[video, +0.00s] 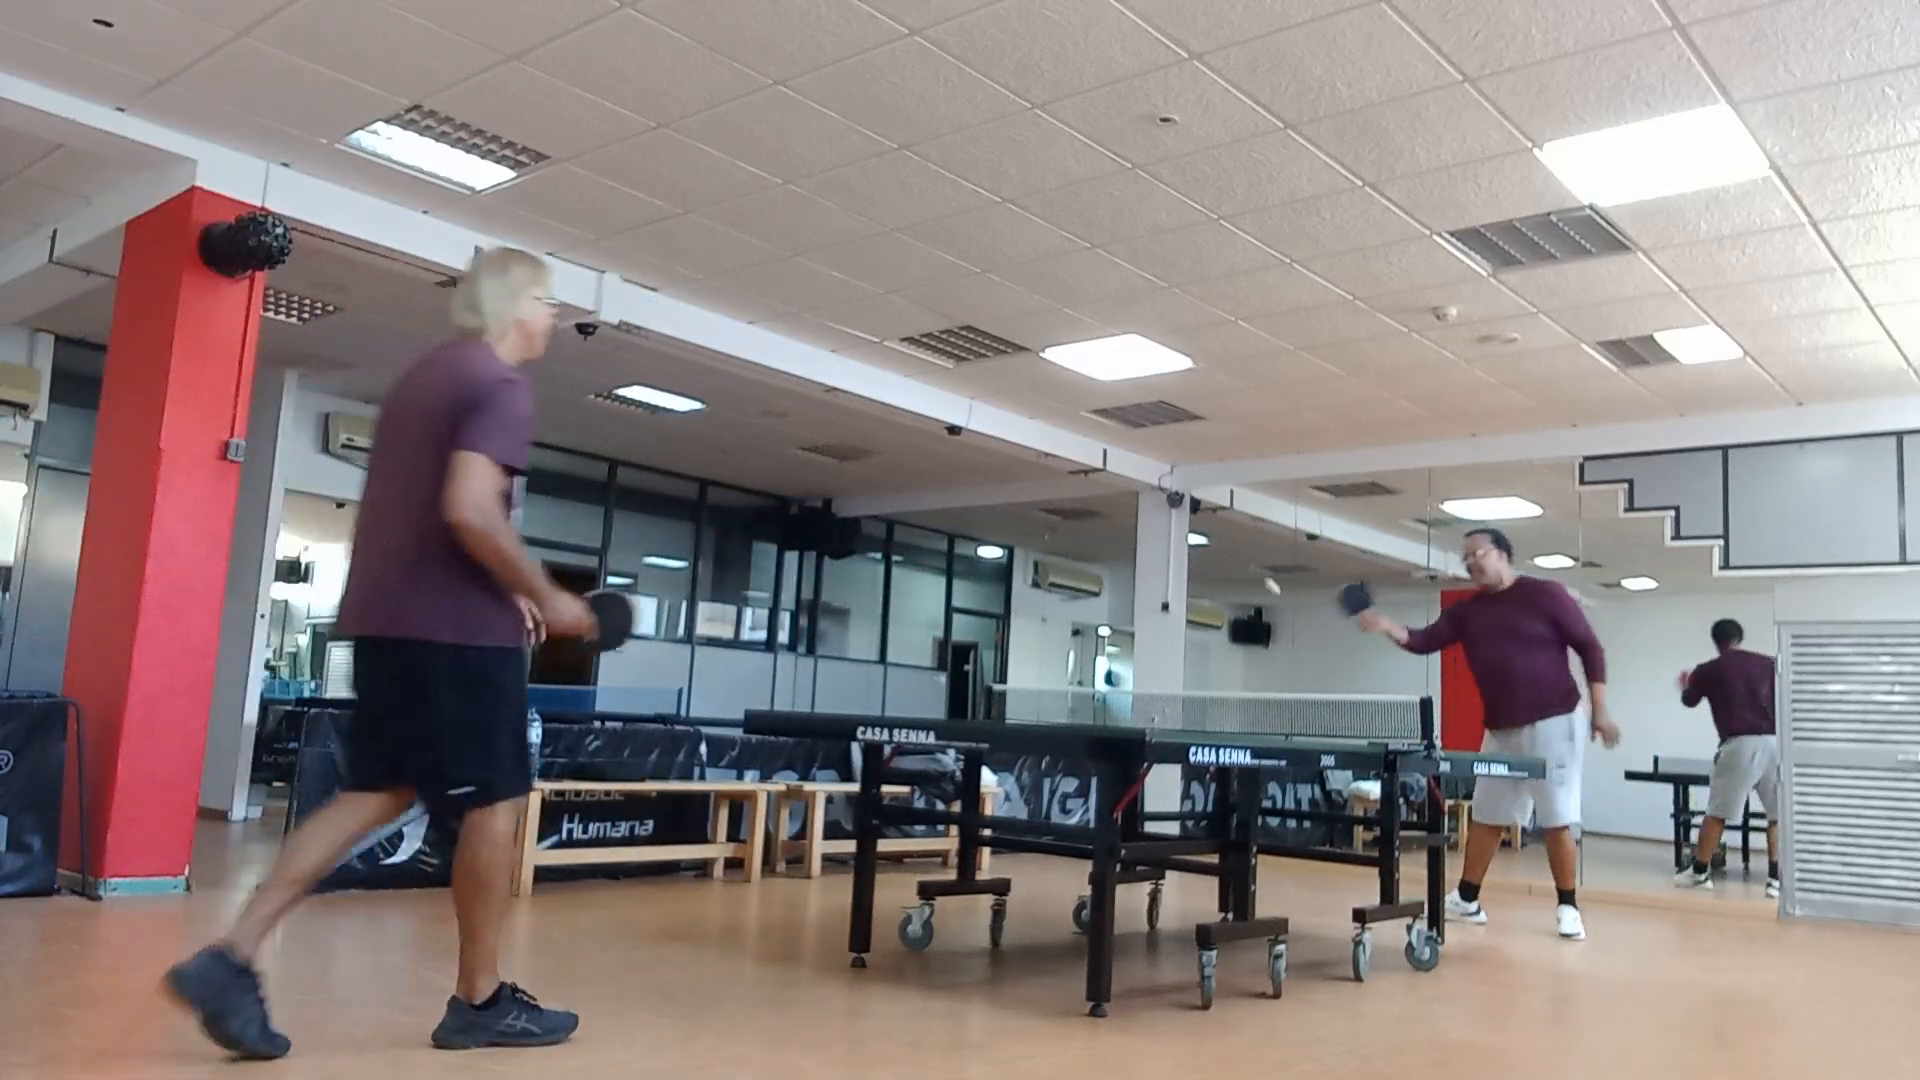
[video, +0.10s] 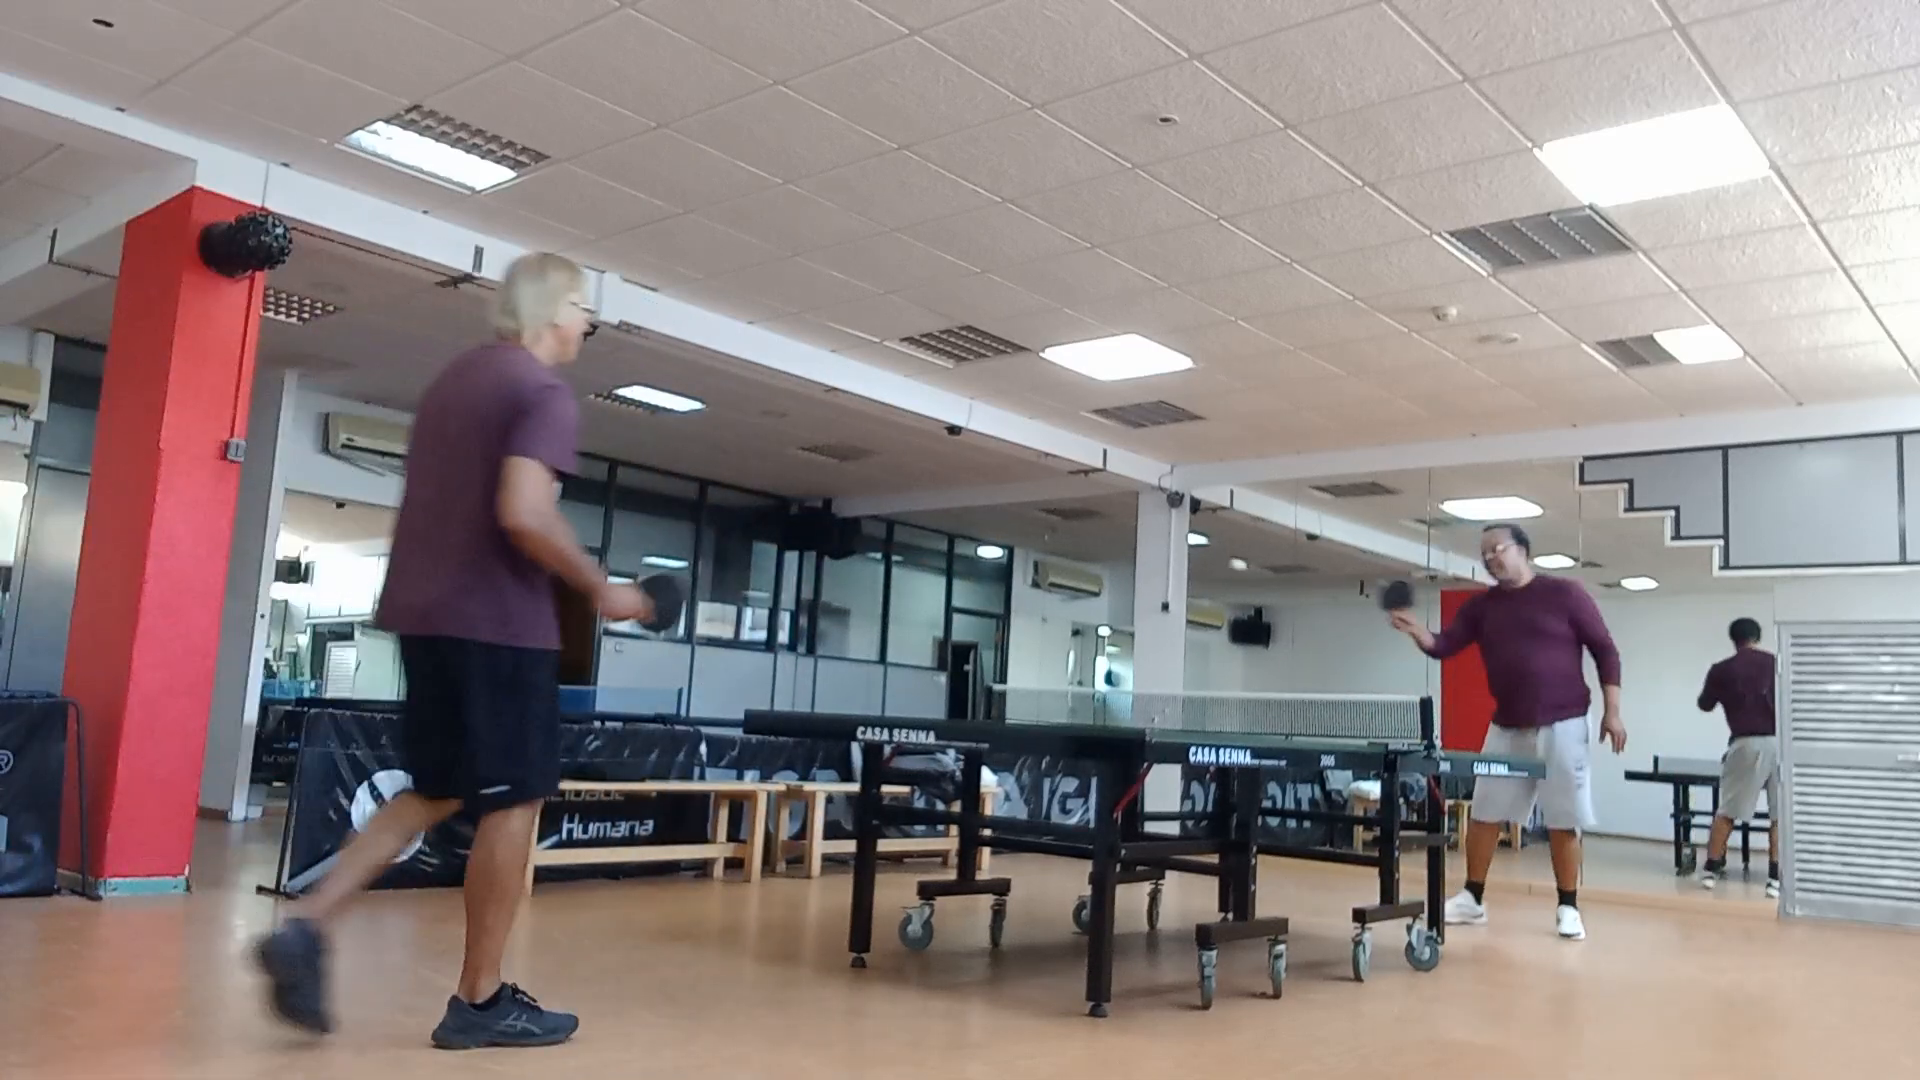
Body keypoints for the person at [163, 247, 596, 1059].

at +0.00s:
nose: (551, 322)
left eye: (551, 308)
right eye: (546, 307)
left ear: (475, 306)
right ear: (516, 310)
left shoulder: (424, 375)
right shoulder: (500, 384)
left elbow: (416, 518)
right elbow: (471, 510)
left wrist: (510, 593)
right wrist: (549, 594)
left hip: (387, 626)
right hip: (462, 634)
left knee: (385, 786)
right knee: (497, 799)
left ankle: (232, 958)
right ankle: (481, 997)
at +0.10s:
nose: (586, 334)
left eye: (586, 320)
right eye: (584, 320)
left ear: (511, 313)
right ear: (559, 320)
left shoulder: (455, 379)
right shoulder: (545, 393)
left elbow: (428, 503)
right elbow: (525, 510)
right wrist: (604, 586)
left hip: (425, 620)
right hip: (499, 629)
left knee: (437, 787)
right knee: (514, 801)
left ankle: (303, 926)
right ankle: (482, 998)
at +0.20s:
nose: (612, 336)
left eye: (611, 323)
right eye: (609, 323)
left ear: (539, 318)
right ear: (584, 323)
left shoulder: (476, 385)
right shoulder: (577, 393)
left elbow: (430, 512)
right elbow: (579, 513)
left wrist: (505, 547)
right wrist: (660, 572)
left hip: (456, 620)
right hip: (529, 627)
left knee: (481, 785)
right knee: (522, 802)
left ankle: (399, 944)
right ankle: (480, 999)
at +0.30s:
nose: (632, 348)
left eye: (633, 334)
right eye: (630, 333)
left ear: (562, 326)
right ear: (606, 331)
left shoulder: (498, 393)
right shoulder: (604, 400)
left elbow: (450, 511)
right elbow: (626, 517)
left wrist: (504, 569)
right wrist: (714, 551)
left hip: (483, 623)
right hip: (547, 629)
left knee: (506, 798)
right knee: (528, 804)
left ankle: (495, 970)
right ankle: (478, 1000)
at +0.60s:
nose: (685, 366)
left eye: (682, 352)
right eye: (678, 350)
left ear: (618, 355)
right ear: (644, 353)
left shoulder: (559, 423)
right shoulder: (642, 421)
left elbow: (520, 537)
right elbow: (714, 517)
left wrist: (585, 578)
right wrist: (823, 521)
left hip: (555, 638)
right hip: (614, 641)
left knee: (590, 800)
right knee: (633, 794)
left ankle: (590, 966)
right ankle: (514, 961)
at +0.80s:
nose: (705, 370)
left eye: (704, 358)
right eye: (696, 356)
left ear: (646, 366)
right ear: (659, 364)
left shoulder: (599, 429)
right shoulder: (655, 427)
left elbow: (607, 552)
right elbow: (733, 517)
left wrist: (677, 612)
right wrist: (835, 526)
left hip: (588, 643)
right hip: (649, 645)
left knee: (611, 792)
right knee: (705, 780)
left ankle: (588, 971)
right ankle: (619, 943)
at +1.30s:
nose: (791, 411)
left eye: (792, 399)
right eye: (789, 398)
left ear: (734, 397)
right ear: (765, 398)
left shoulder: (686, 455)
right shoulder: (760, 461)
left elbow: (697, 563)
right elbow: (750, 565)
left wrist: (781, 587)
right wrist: (811, 628)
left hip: (674, 662)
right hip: (736, 668)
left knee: (672, 788)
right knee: (752, 796)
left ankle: (607, 937)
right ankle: (734, 951)